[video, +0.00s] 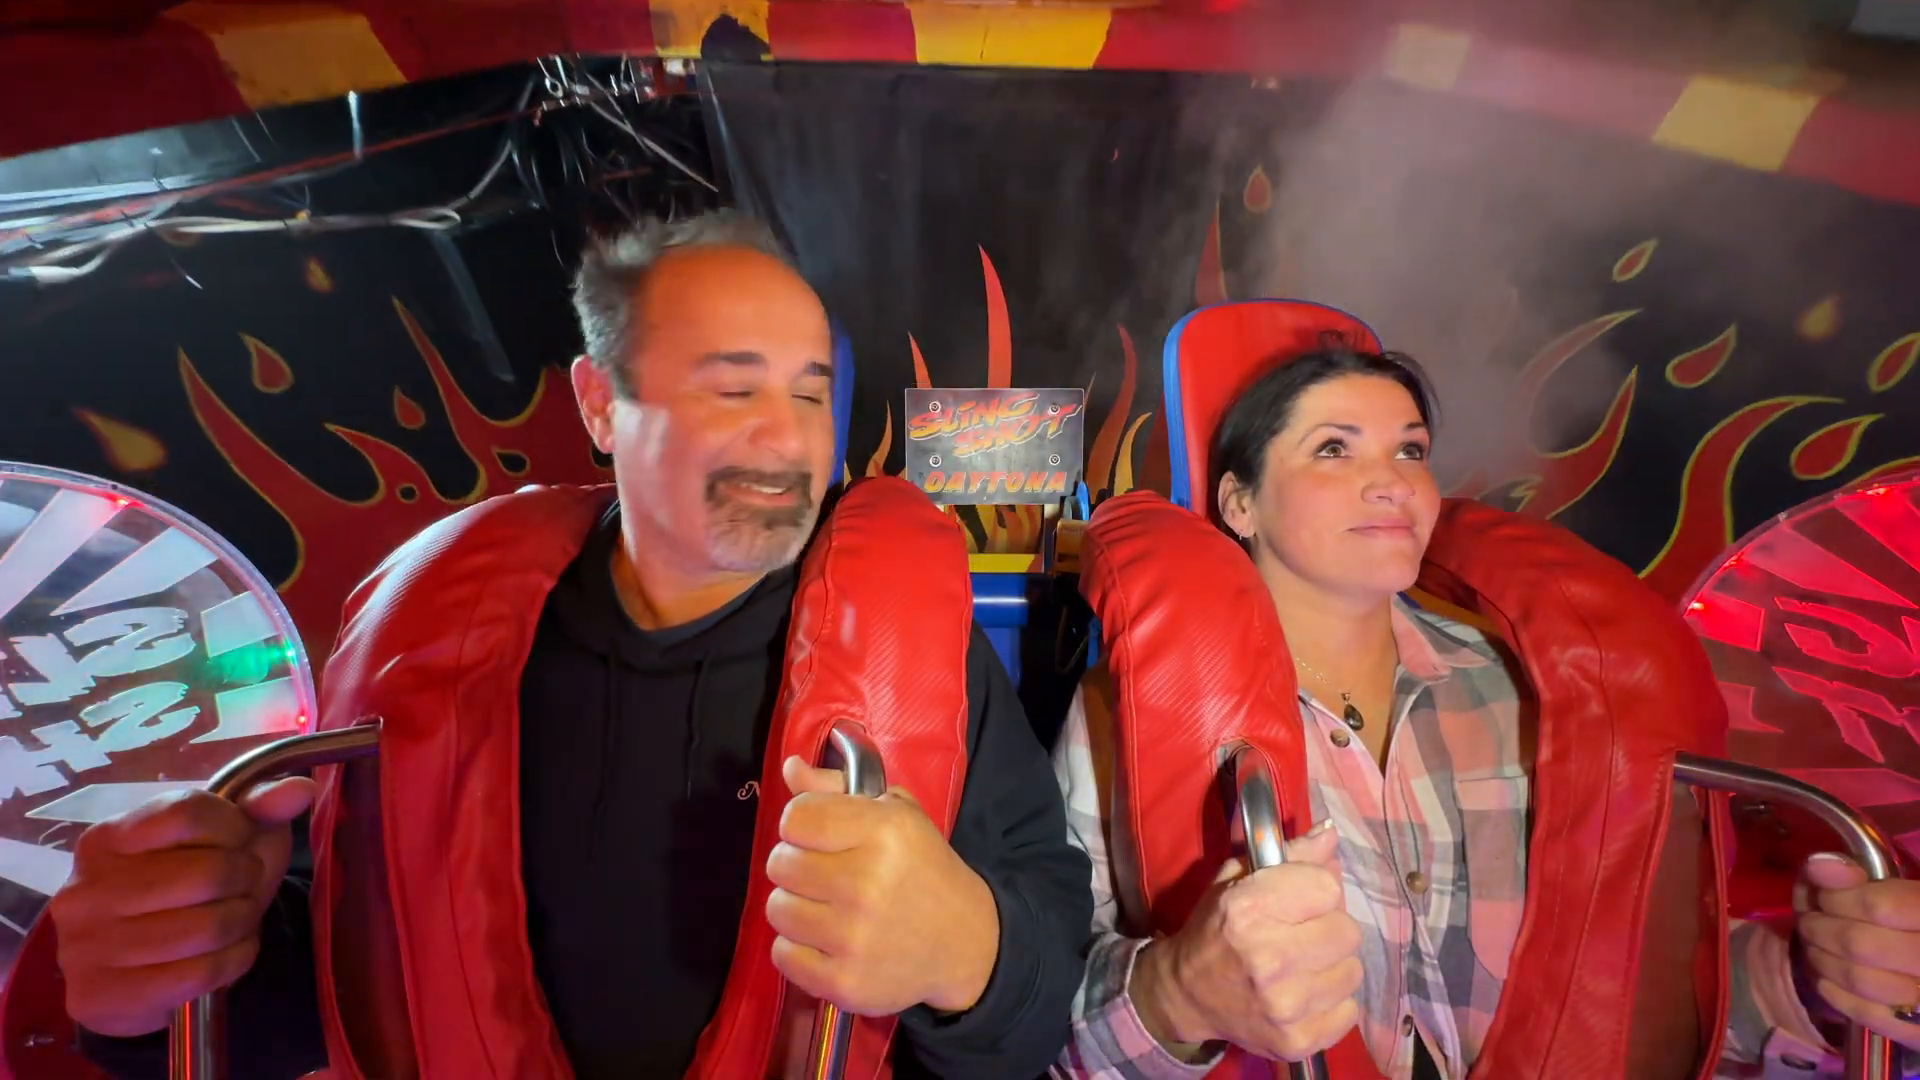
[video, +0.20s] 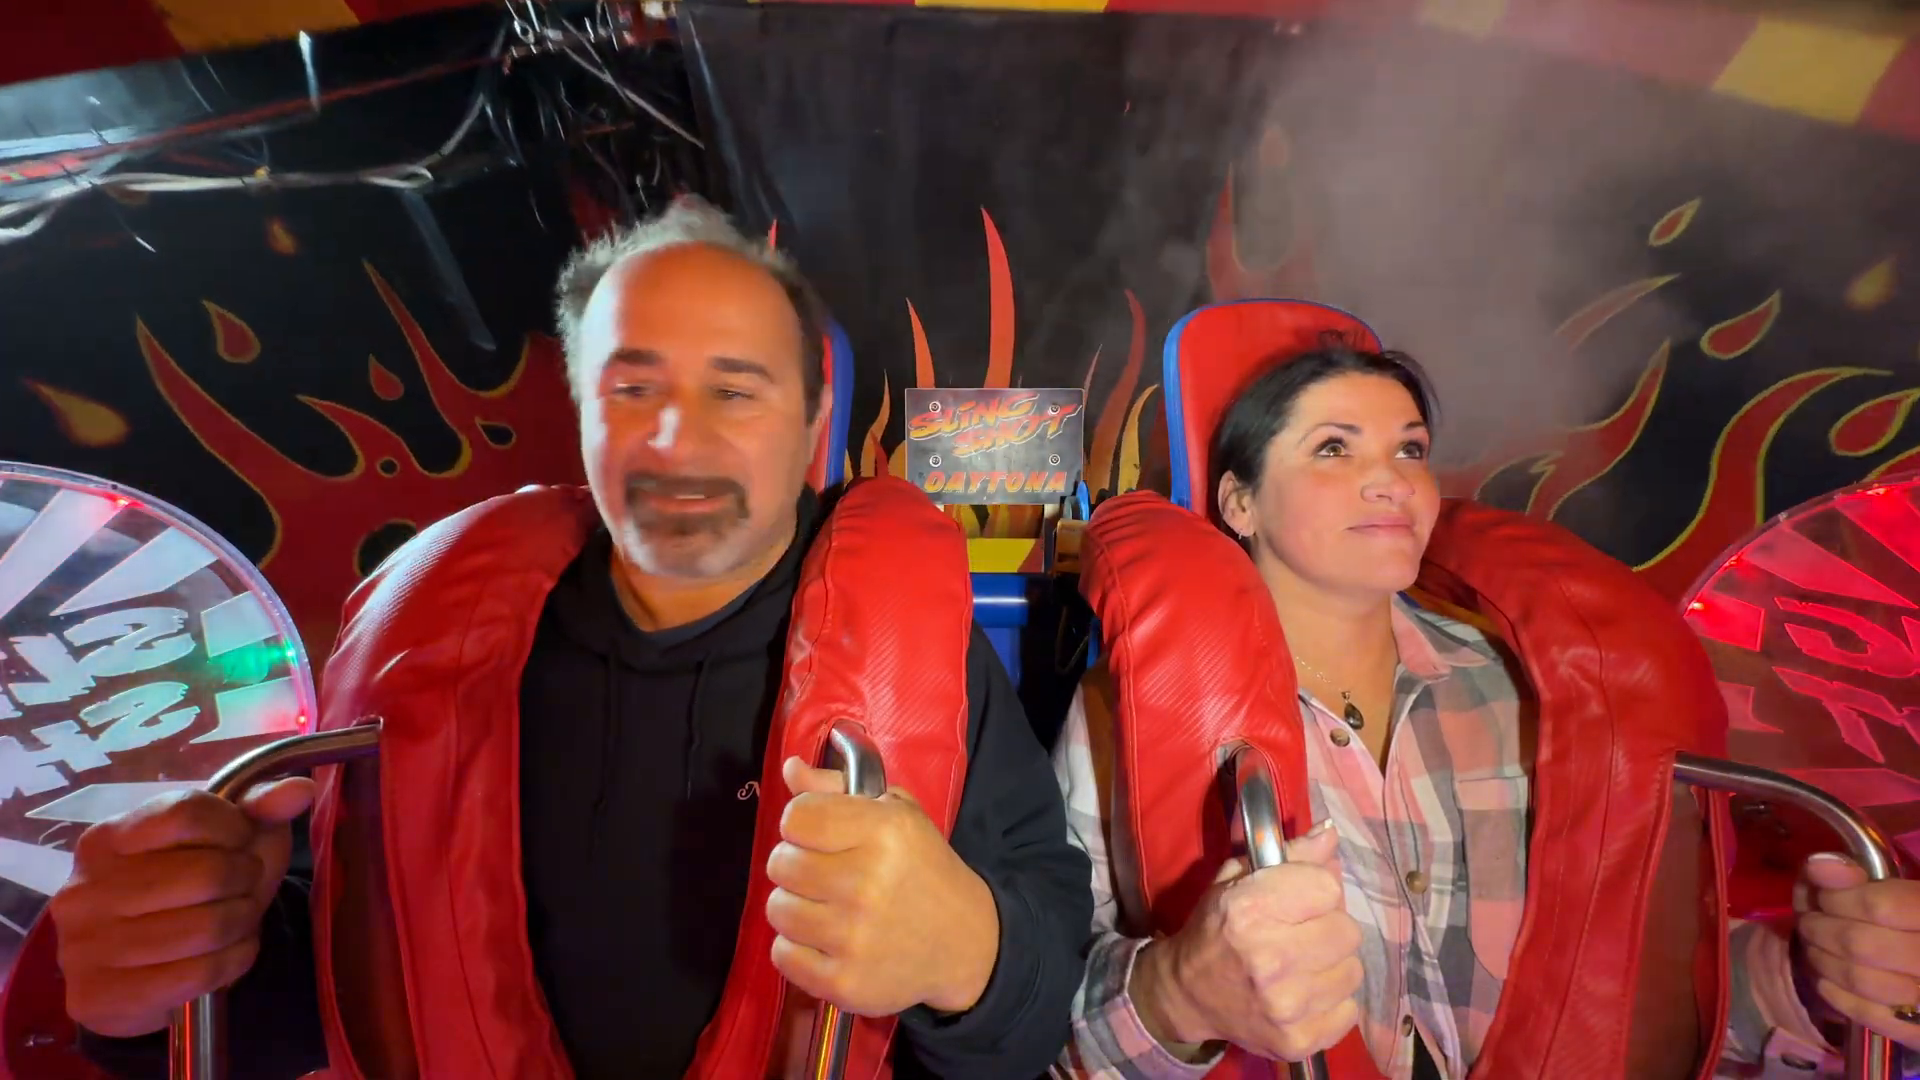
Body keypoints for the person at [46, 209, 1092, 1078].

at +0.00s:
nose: (785, 440)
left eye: (811, 395)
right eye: (728, 391)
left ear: (838, 415)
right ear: (601, 412)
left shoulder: (918, 653)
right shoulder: (437, 633)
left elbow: (1041, 1006)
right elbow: (317, 991)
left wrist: (978, 955)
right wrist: (122, 977)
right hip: (497, 1062)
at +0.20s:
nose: (673, 435)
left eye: (733, 392)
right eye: (634, 390)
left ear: (816, 437)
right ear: (582, 421)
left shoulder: (917, 654)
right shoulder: (434, 635)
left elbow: (1040, 1000)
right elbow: (317, 982)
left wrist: (973, 954)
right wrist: (128, 976)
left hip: (790, 1067)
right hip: (499, 1065)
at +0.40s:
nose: (628, 432)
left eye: (690, 383)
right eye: (598, 387)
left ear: (797, 425)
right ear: (559, 428)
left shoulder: (918, 651)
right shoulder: (422, 641)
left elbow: (1041, 1000)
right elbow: (311, 1003)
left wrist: (978, 955)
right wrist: (124, 981)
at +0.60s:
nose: (652, 393)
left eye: (712, 355)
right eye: (616, 358)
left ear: (801, 418)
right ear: (569, 426)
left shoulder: (923, 649)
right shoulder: (429, 637)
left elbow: (1047, 1012)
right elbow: (312, 1000)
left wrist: (978, 953)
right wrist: (117, 976)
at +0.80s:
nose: (672, 389)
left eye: (730, 353)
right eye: (632, 354)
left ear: (808, 416)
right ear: (576, 427)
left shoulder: (927, 655)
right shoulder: (425, 630)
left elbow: (1048, 1018)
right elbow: (302, 989)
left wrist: (978, 948)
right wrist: (109, 975)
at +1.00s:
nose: (674, 403)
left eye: (728, 362)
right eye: (629, 366)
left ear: (805, 418)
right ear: (572, 426)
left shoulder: (927, 654)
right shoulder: (416, 634)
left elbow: (1044, 1012)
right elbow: (295, 990)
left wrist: (980, 949)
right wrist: (109, 985)